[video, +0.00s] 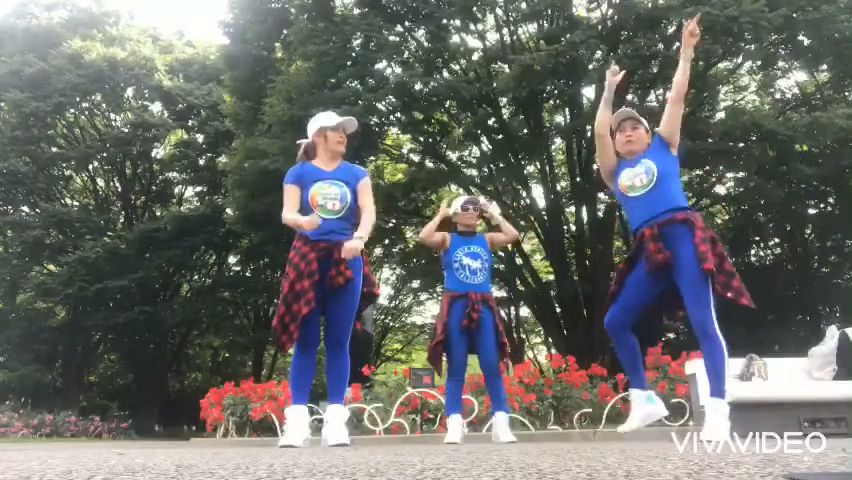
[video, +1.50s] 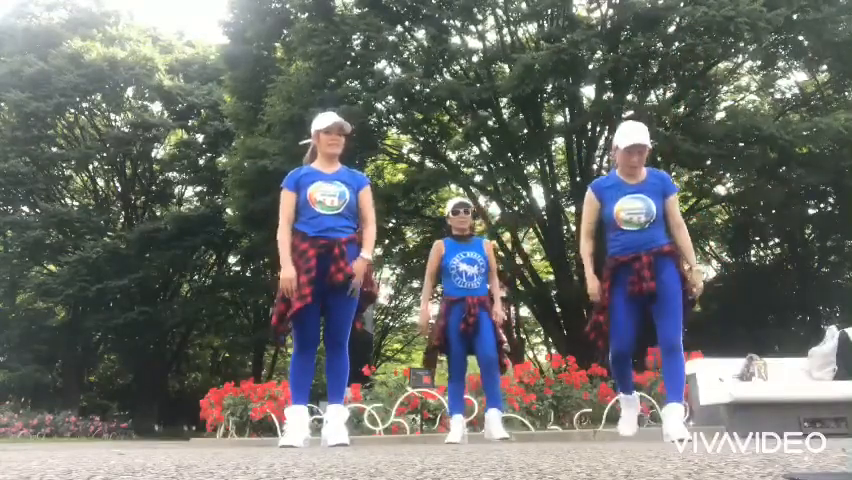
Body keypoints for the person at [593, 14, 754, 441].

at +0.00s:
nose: (628, 133)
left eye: (634, 127)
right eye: (621, 130)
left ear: (646, 132)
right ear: (614, 141)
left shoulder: (663, 145)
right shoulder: (614, 170)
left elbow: (676, 96)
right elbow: (601, 130)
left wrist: (687, 49)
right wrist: (609, 90)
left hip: (681, 233)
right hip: (649, 248)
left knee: (702, 319)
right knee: (616, 321)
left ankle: (717, 407)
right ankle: (644, 400)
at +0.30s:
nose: (617, 154)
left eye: (623, 149)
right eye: (611, 151)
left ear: (636, 155)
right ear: (607, 160)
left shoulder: (650, 170)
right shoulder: (605, 190)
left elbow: (662, 132)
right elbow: (600, 165)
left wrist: (682, 99)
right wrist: (608, 131)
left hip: (662, 253)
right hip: (631, 267)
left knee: (674, 324)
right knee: (624, 345)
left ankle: (704, 402)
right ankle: (652, 419)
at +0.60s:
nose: (608, 171)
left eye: (613, 165)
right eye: (601, 168)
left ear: (625, 167)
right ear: (595, 176)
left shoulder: (635, 182)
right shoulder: (599, 206)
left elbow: (649, 182)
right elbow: (593, 229)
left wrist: (674, 181)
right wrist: (600, 229)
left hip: (660, 263)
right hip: (633, 276)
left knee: (668, 335)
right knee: (605, 333)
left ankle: (687, 409)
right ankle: (631, 402)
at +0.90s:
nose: (604, 182)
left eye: (609, 177)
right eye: (598, 178)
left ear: (620, 181)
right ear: (591, 183)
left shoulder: (629, 202)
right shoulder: (591, 218)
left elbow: (647, 238)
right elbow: (585, 254)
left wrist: (665, 274)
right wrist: (585, 285)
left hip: (639, 274)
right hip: (612, 283)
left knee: (632, 336)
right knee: (613, 353)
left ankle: (684, 399)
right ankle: (635, 420)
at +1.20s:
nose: (611, 180)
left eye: (616, 174)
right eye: (605, 175)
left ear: (624, 176)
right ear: (595, 176)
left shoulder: (636, 199)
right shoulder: (585, 210)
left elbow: (658, 234)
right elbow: (583, 252)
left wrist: (674, 269)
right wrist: (586, 286)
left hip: (640, 272)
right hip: (607, 279)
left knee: (651, 331)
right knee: (619, 349)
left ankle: (669, 399)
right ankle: (634, 419)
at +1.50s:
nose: (636, 156)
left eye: (641, 150)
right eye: (629, 150)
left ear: (648, 151)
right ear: (615, 152)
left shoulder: (662, 182)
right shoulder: (598, 189)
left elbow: (678, 226)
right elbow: (587, 235)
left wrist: (693, 266)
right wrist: (590, 274)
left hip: (663, 264)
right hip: (622, 268)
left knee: (671, 340)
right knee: (620, 347)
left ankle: (674, 413)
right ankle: (628, 402)